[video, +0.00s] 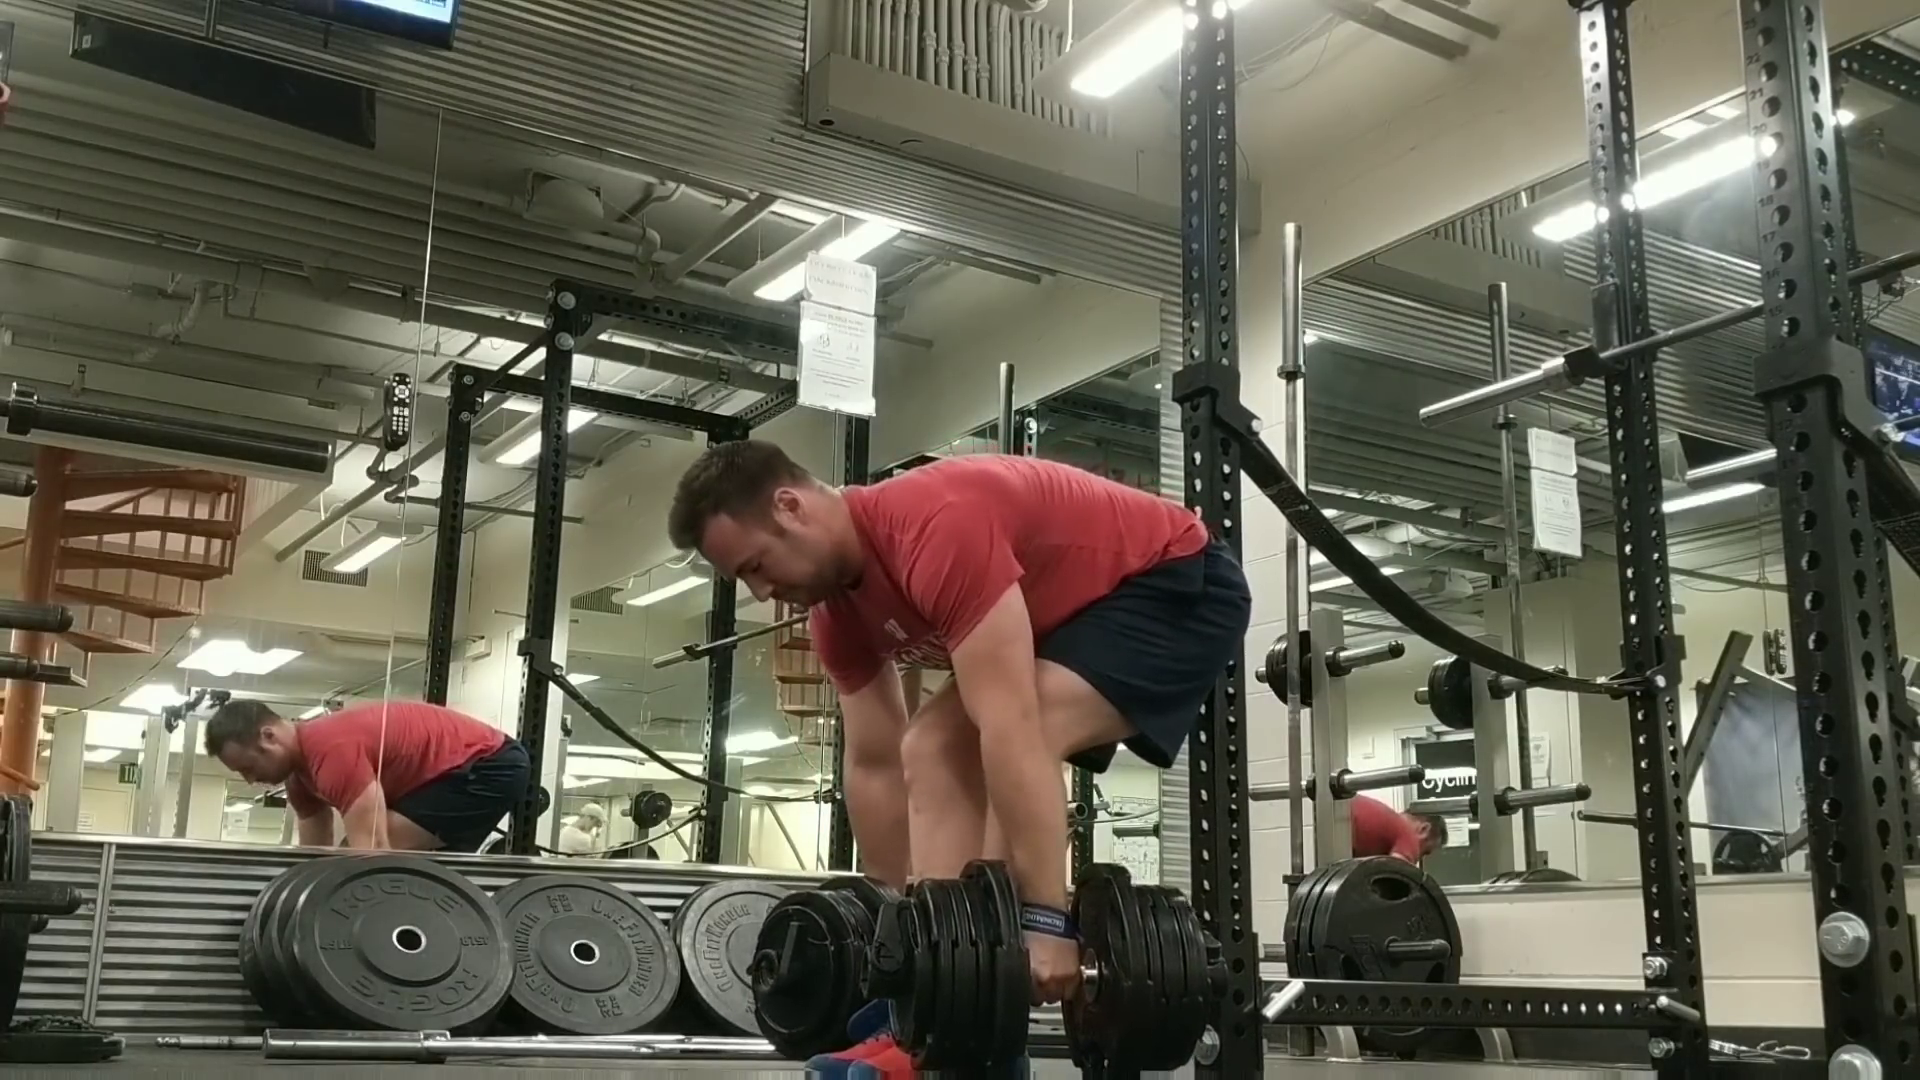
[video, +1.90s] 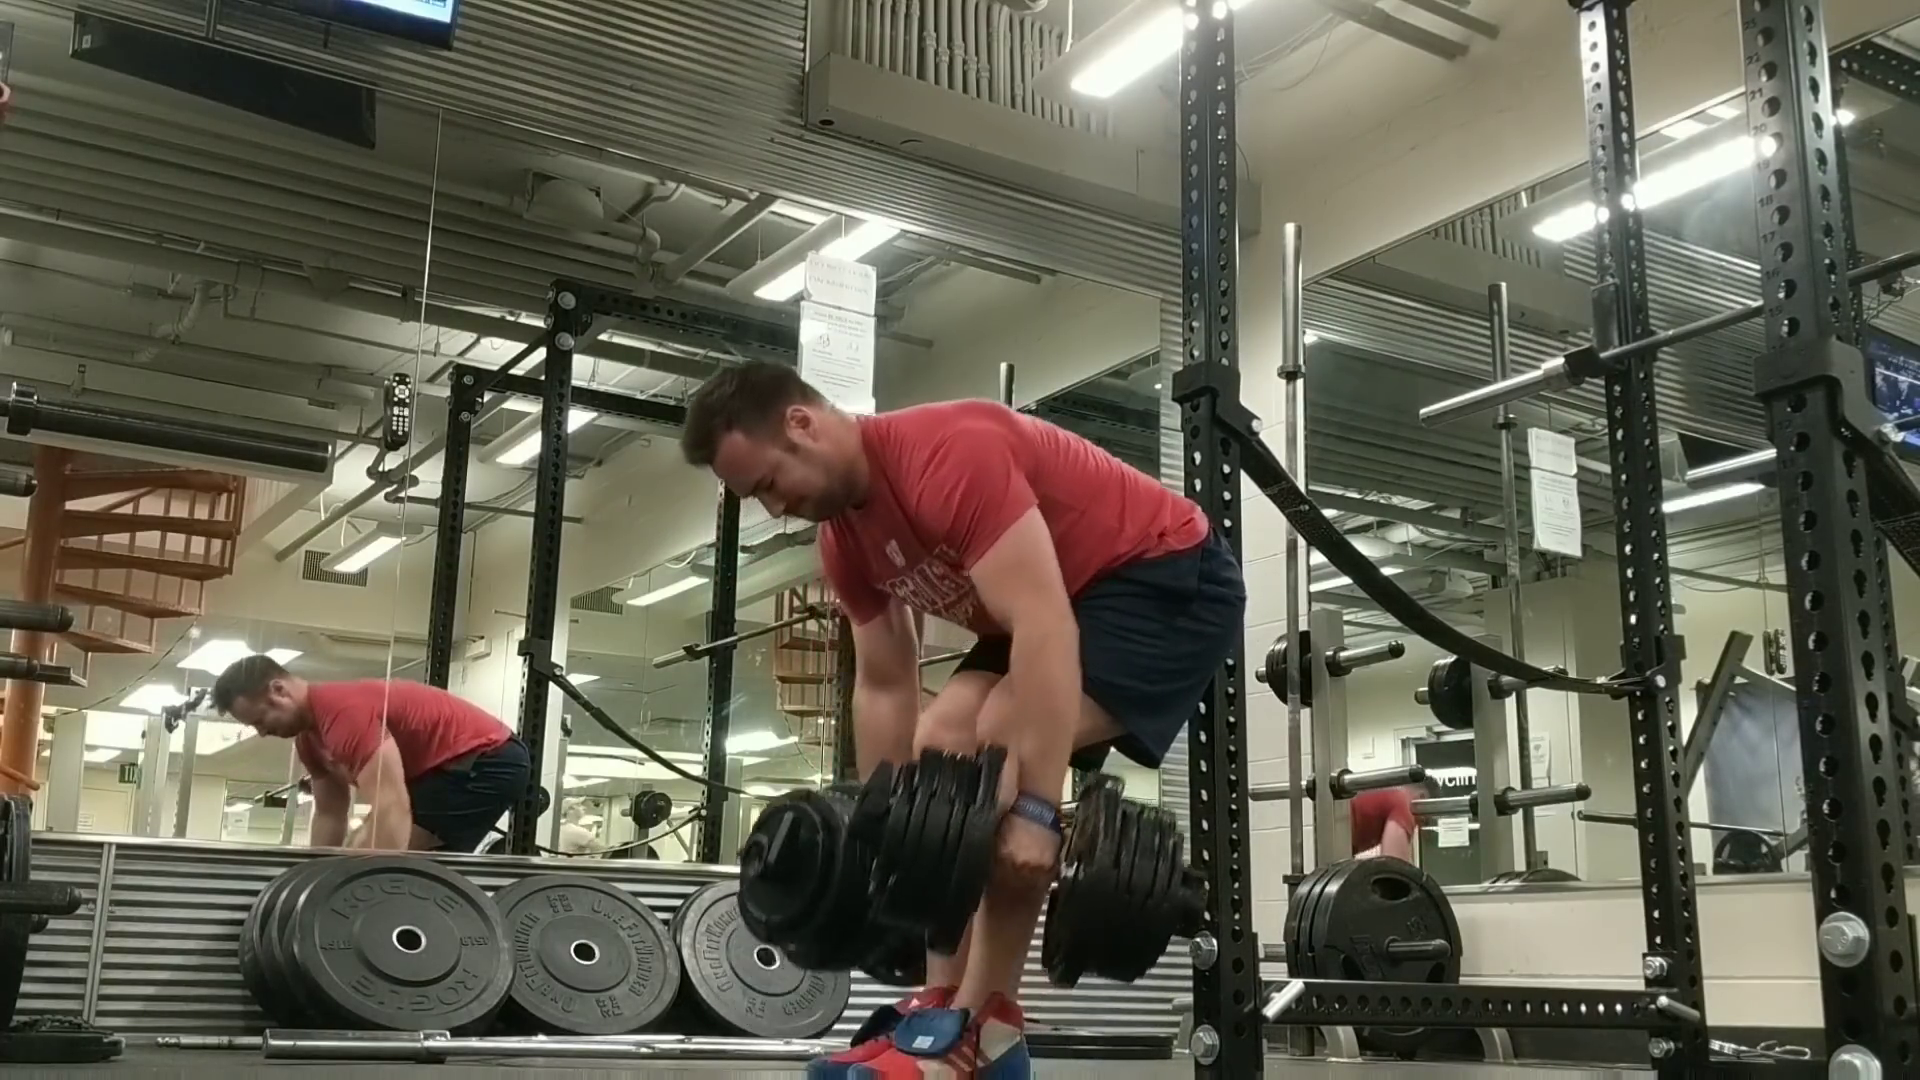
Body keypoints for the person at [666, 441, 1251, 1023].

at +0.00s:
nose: (760, 593)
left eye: (755, 566)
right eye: (743, 581)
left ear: (793, 505)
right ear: (794, 509)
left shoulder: (940, 527)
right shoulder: (839, 611)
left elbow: (1013, 727)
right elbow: (876, 765)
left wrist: (1050, 921)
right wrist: (890, 943)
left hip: (1176, 585)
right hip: (1075, 612)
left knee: (1003, 739)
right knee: (932, 743)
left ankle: (975, 1021)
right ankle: (921, 1005)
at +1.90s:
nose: (773, 510)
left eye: (767, 484)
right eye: (756, 499)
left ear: (804, 423)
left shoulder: (952, 456)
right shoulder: (846, 538)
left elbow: (1043, 624)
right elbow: (883, 684)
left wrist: (1040, 808)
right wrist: (876, 844)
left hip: (1166, 578)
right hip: (1054, 603)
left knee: (1009, 732)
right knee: (942, 733)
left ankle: (993, 1020)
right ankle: (943, 1003)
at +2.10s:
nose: (796, 478)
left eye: (788, 455)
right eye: (778, 471)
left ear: (816, 391)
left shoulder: (967, 412)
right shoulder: (857, 509)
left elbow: (1094, 548)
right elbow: (906, 631)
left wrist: (1088, 721)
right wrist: (896, 769)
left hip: (1163, 572)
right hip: (1040, 604)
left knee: (1020, 764)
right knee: (948, 757)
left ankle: (988, 1020)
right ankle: (941, 1004)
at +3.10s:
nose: (794, 482)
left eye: (785, 459)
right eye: (775, 475)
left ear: (812, 394)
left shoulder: (965, 420)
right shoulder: (853, 512)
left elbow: (1026, 602)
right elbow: (874, 665)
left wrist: (1029, 786)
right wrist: (864, 821)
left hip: (1164, 574)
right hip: (1053, 603)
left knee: (1018, 741)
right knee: (930, 747)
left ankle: (991, 1018)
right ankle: (942, 1000)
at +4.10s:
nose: (819, 453)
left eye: (810, 432)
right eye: (800, 447)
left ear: (834, 366)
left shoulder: (985, 382)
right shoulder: (865, 475)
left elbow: (1107, 524)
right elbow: (915, 595)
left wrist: (1097, 691)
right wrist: (904, 735)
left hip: (1159, 563)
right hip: (1038, 594)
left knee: (1026, 752)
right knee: (956, 746)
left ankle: (991, 1014)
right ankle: (942, 1000)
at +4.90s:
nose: (808, 477)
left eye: (798, 457)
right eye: (790, 471)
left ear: (823, 390)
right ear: (823, 393)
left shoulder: (976, 407)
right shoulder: (857, 493)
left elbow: (1051, 590)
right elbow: (885, 641)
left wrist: (1055, 774)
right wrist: (872, 794)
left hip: (1163, 570)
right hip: (1043, 596)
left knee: (1028, 743)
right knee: (947, 746)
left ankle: (989, 1018)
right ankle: (944, 999)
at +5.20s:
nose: (773, 512)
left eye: (769, 487)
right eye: (757, 500)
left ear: (807, 426)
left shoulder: (955, 465)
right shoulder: (845, 546)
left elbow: (989, 667)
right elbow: (855, 704)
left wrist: (991, 854)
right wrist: (848, 866)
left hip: (1167, 578)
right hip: (1062, 611)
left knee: (1012, 735)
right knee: (939, 739)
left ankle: (992, 1027)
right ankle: (936, 1016)